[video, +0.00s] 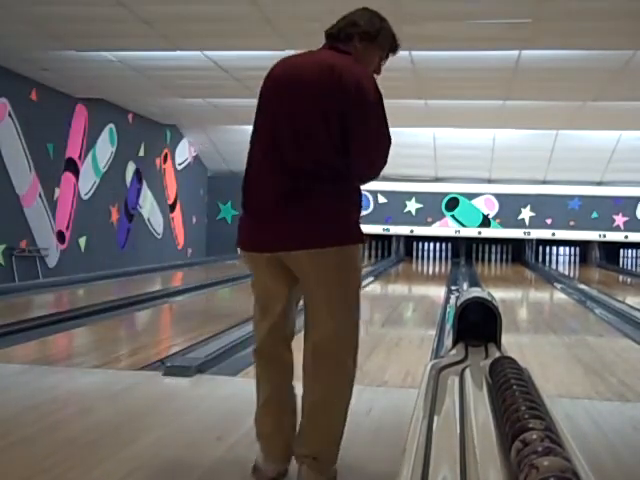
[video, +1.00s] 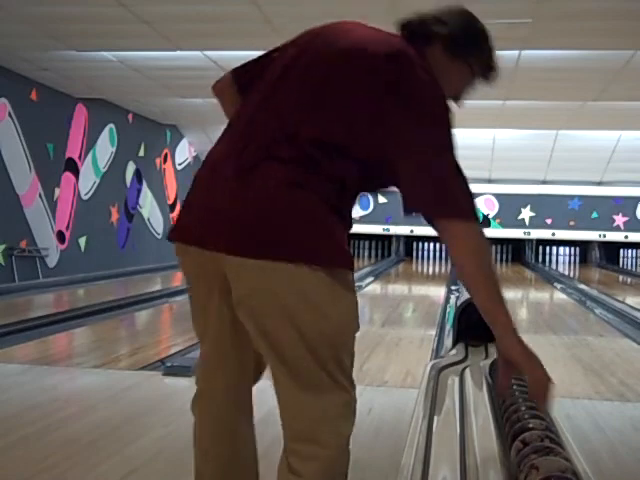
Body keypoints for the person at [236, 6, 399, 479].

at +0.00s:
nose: (378, 71)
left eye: (383, 62)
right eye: (380, 60)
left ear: (337, 39)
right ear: (360, 43)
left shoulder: (282, 69)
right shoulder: (358, 81)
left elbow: (266, 147)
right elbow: (372, 160)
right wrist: (326, 177)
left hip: (260, 226)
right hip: (324, 231)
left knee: (270, 339)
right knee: (332, 345)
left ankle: (272, 457)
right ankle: (316, 462)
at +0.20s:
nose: (374, 65)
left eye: (380, 57)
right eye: (377, 52)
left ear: (333, 29)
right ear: (356, 33)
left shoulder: (275, 64)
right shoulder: (337, 70)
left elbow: (269, 148)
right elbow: (360, 155)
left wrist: (342, 174)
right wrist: (340, 179)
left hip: (246, 235)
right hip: (309, 237)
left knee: (260, 345)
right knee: (321, 355)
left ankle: (239, 467)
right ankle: (316, 469)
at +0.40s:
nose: (364, 54)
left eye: (370, 47)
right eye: (367, 42)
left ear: (322, 16)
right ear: (343, 18)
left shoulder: (261, 58)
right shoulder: (321, 58)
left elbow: (227, 149)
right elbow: (338, 150)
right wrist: (354, 171)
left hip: (235, 240)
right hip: (296, 243)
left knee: (246, 372)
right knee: (310, 367)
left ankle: (242, 473)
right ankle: (319, 466)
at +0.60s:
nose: (381, 33)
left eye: (388, 23)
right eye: (385, 18)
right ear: (361, 3)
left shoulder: (266, 33)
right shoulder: (327, 35)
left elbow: (215, 123)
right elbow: (319, 122)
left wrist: (297, 160)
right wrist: (375, 192)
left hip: (222, 227)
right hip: (289, 231)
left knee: (238, 376)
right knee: (308, 383)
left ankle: (233, 475)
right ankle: (300, 473)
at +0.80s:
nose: (414, 38)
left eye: (421, 27)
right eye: (416, 21)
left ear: (376, 2)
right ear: (386, 6)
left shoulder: (287, 26)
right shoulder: (352, 44)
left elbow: (214, 101)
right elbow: (386, 169)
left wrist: (285, 143)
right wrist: (444, 258)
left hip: (214, 227)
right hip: (286, 233)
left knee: (233, 382)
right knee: (310, 396)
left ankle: (231, 475)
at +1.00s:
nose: (459, 96)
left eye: (470, 84)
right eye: (466, 77)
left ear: (424, 35)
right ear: (443, 48)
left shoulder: (330, 37)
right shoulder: (415, 88)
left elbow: (228, 87)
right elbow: (457, 225)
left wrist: (275, 163)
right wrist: (511, 341)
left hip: (200, 224)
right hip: (288, 242)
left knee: (220, 386)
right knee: (318, 402)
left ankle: (220, 473)